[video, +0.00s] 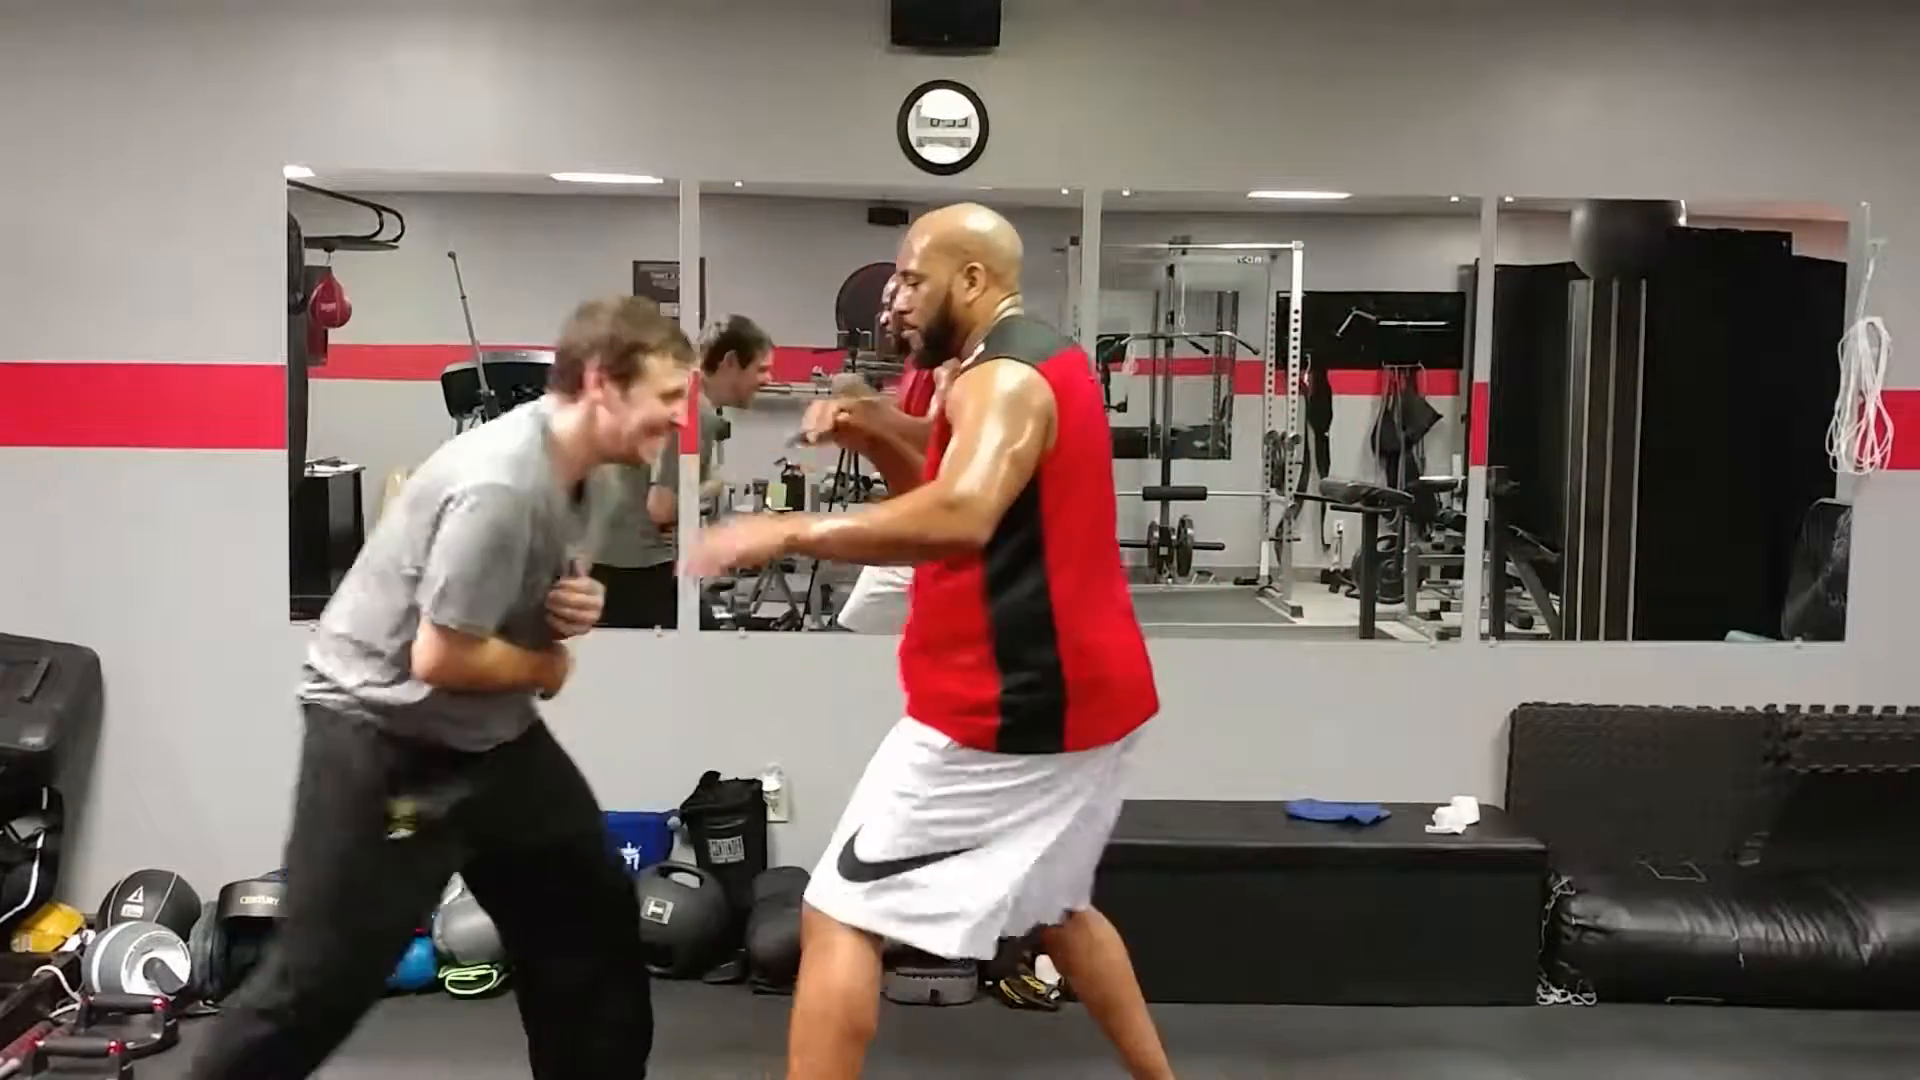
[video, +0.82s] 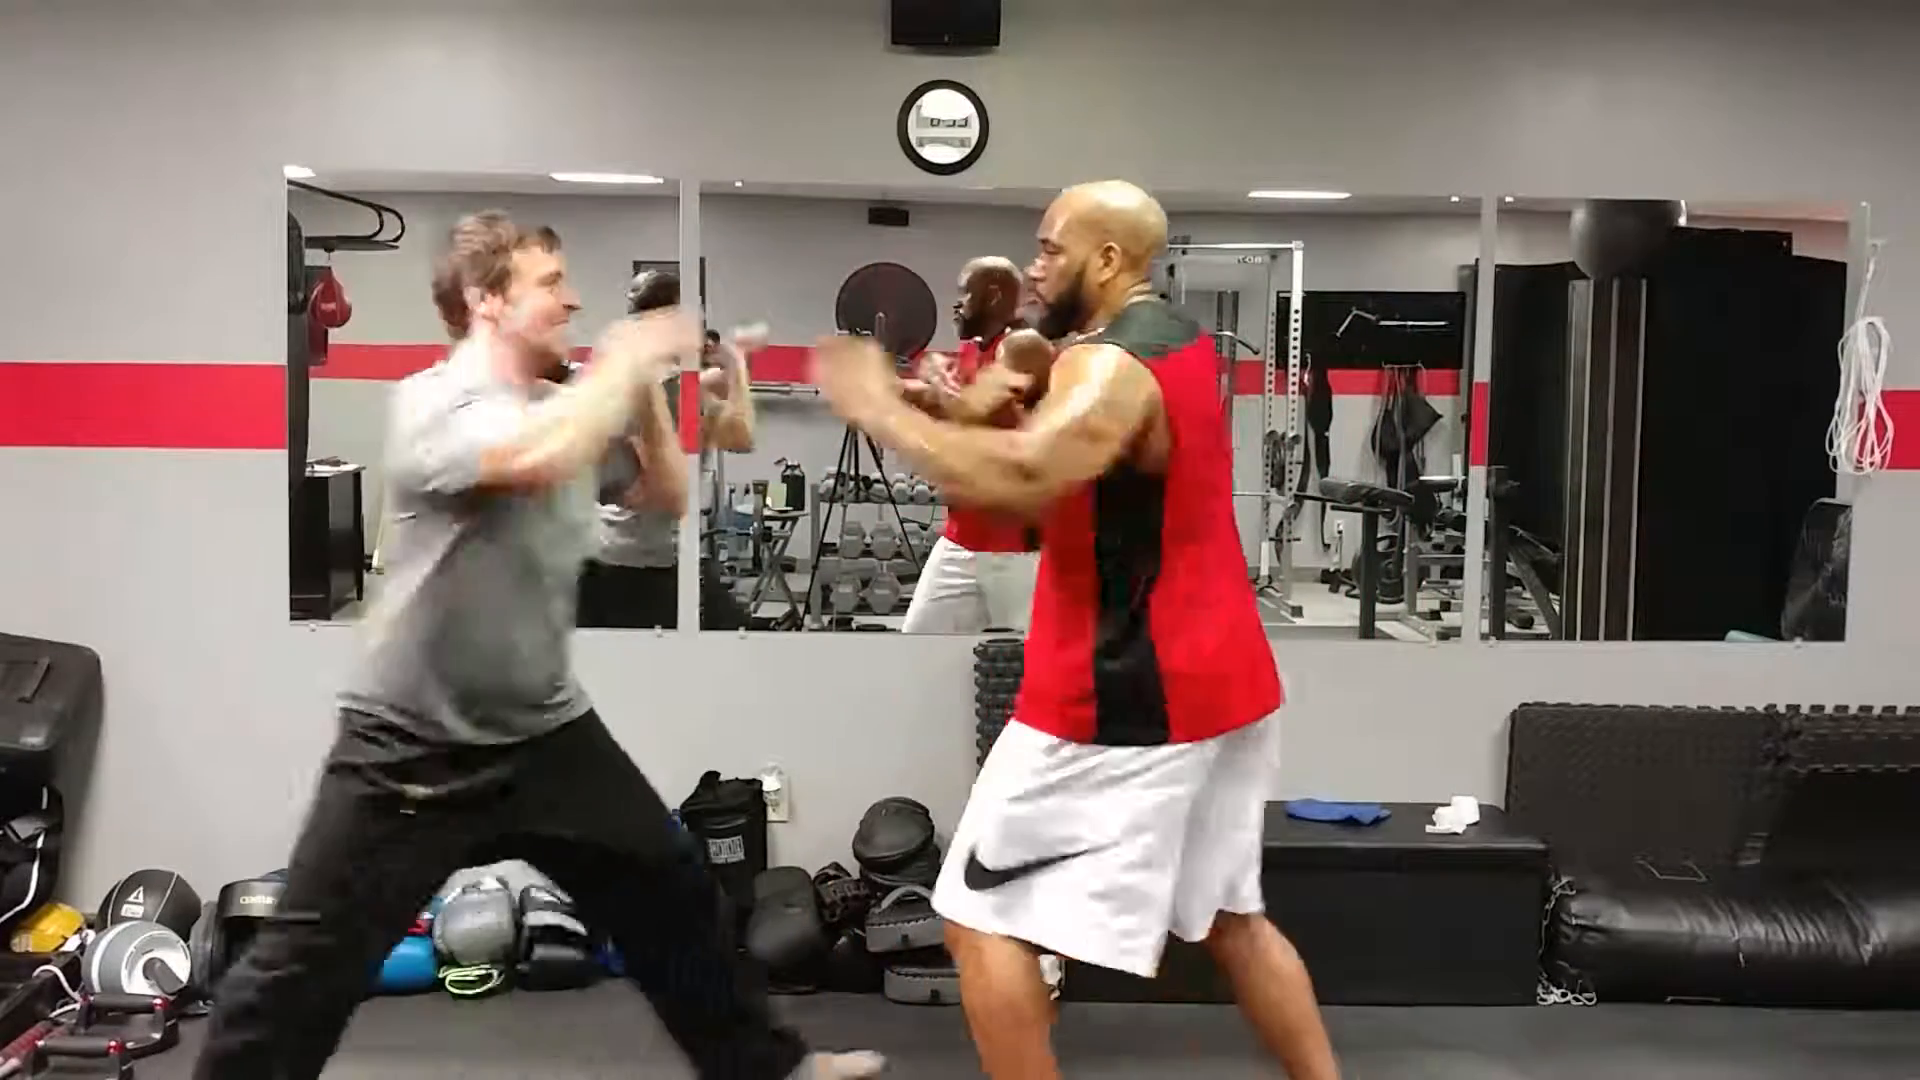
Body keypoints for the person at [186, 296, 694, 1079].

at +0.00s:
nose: (679, 418)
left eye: (683, 400)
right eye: (668, 397)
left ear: (605, 390)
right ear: (599, 386)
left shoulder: (572, 469)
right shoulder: (500, 486)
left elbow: (525, 585)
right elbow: (440, 655)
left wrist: (576, 600)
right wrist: (542, 668)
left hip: (494, 733)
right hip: (380, 738)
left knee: (590, 941)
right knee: (317, 987)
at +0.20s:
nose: (563, 338)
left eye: (564, 318)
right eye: (546, 315)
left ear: (493, 317)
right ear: (477, 312)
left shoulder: (503, 423)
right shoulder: (375, 412)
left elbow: (480, 567)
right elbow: (352, 600)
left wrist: (539, 533)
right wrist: (488, 588)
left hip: (415, 702)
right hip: (291, 702)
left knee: (504, 911)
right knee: (240, 948)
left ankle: (547, 1073)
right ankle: (172, 1071)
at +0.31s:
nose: (525, 300)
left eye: (525, 279)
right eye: (507, 279)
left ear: (456, 284)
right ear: (436, 280)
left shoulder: (485, 393)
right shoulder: (336, 377)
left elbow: (526, 541)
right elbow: (347, 554)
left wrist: (550, 473)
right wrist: (494, 491)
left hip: (422, 705)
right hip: (287, 703)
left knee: (488, 947)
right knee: (230, 961)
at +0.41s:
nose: (499, 279)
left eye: (499, 258)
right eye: (481, 258)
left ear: (428, 264)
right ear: (410, 261)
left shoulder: (469, 376)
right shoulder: (314, 361)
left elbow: (566, 480)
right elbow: (361, 502)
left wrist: (555, 390)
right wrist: (468, 393)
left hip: (426, 705)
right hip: (285, 697)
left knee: (471, 965)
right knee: (223, 967)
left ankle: (476, 1075)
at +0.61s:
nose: (469, 298)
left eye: (469, 279)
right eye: (451, 278)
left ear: (391, 285)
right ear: (378, 284)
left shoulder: (476, 389)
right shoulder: (288, 390)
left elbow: (591, 464)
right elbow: (339, 505)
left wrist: (549, 362)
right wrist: (410, 370)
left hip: (464, 726)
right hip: (305, 732)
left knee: (555, 902)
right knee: (228, 976)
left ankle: (515, 1063)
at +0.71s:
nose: (501, 311)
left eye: (499, 291)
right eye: (481, 292)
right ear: (412, 304)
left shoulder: (514, 409)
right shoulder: (322, 415)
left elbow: (627, 478)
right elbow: (354, 537)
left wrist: (593, 379)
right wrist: (428, 406)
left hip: (496, 737)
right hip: (340, 746)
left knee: (608, 898)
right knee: (241, 976)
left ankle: (631, 1069)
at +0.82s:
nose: (569, 299)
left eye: (565, 282)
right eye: (547, 284)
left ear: (517, 304)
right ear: (486, 304)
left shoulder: (562, 408)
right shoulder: (430, 406)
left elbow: (661, 501)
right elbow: (535, 461)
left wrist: (642, 392)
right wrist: (626, 364)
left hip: (545, 735)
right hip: (408, 745)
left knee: (673, 899)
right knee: (304, 966)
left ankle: (760, 1065)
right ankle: (227, 1075)